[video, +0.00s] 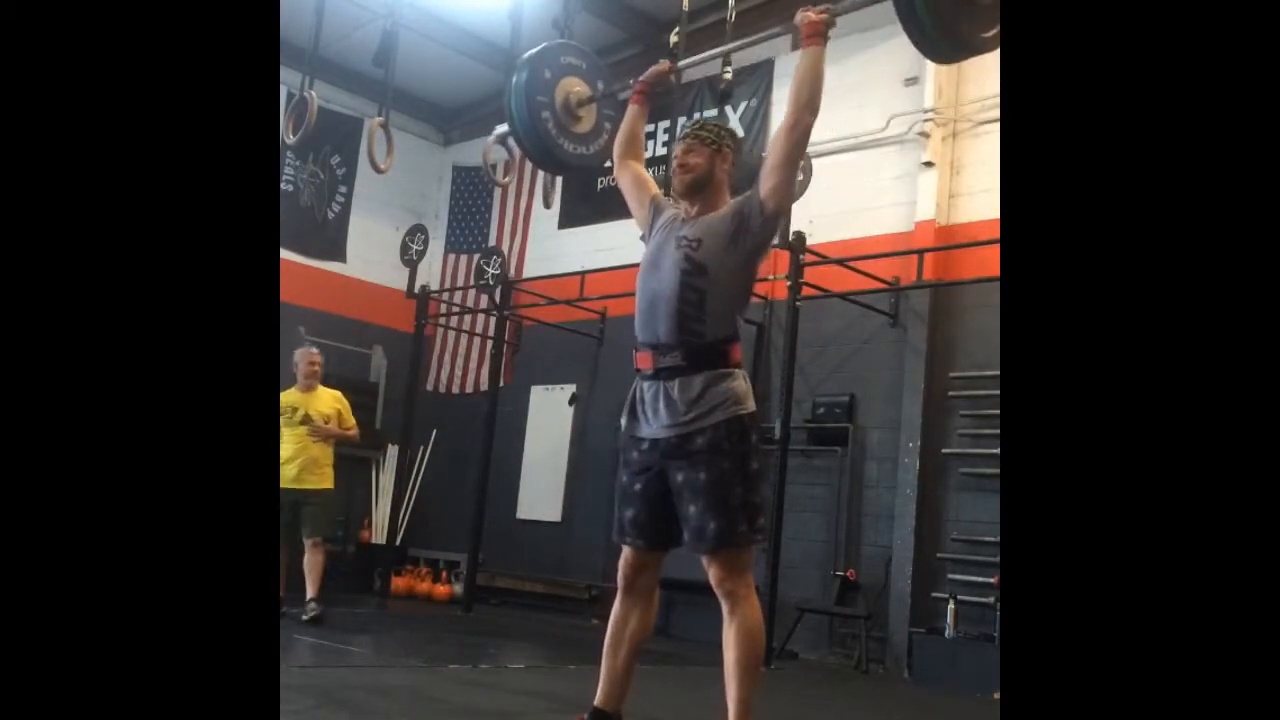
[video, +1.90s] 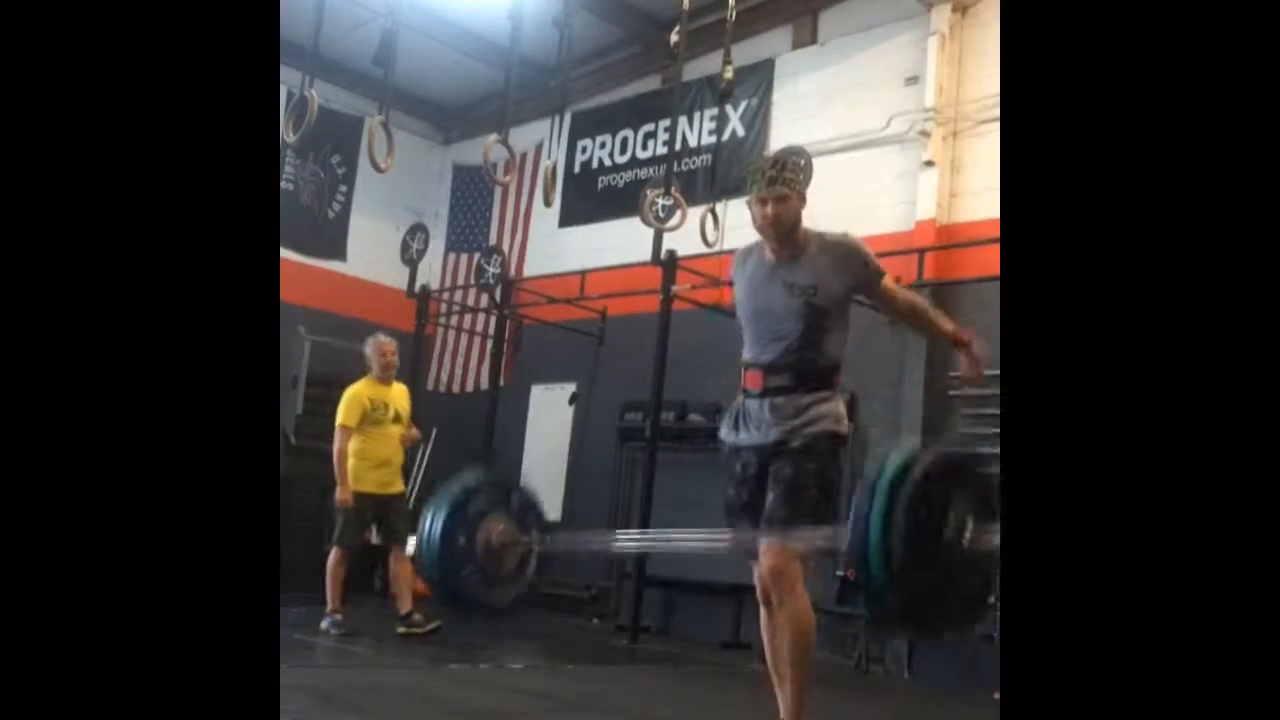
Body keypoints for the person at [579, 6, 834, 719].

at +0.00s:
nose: (687, 151)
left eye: (702, 144)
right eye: (682, 145)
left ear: (729, 162)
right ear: (675, 162)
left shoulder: (748, 217)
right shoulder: (659, 217)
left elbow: (798, 125)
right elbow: (624, 162)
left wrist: (812, 42)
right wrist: (639, 93)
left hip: (712, 405)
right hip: (648, 405)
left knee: (730, 581)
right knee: (633, 572)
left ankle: (738, 716)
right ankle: (604, 710)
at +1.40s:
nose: (744, 212)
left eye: (755, 200)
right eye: (736, 203)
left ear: (783, 205)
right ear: (727, 211)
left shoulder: (806, 262)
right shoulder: (719, 264)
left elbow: (819, 194)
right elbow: (648, 222)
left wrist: (803, 109)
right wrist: (635, 143)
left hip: (793, 436)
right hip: (731, 433)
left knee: (760, 575)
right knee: (659, 559)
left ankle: (747, 714)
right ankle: (703, 684)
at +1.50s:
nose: (768, 230)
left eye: (779, 217)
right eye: (759, 217)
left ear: (804, 216)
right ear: (750, 220)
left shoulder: (834, 273)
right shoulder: (740, 280)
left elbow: (828, 306)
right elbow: (660, 299)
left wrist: (803, 239)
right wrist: (624, 231)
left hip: (799, 443)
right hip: (738, 439)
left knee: (766, 580)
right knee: (700, 586)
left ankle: (751, 714)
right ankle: (772, 699)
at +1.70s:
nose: (767, 219)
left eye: (779, 207)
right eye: (759, 209)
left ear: (803, 208)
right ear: (750, 214)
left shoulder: (843, 277)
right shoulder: (740, 284)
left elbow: (872, 368)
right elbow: (736, 370)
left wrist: (898, 456)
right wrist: (708, 441)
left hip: (807, 438)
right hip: (743, 437)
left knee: (779, 569)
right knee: (752, 584)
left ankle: (763, 713)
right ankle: (792, 708)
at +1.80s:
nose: (768, 213)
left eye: (781, 201)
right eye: (760, 201)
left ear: (803, 203)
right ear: (750, 207)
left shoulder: (838, 270)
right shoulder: (742, 272)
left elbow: (887, 331)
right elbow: (750, 348)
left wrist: (934, 375)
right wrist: (742, 411)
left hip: (808, 428)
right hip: (748, 431)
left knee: (777, 567)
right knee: (760, 577)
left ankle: (785, 710)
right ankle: (788, 706)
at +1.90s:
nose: (771, 213)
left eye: (782, 200)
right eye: (762, 202)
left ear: (803, 201)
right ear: (750, 207)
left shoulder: (839, 256)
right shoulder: (741, 266)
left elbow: (901, 302)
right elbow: (760, 333)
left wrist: (957, 338)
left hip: (811, 423)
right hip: (754, 425)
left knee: (777, 572)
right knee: (767, 579)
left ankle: (791, 711)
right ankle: (787, 708)